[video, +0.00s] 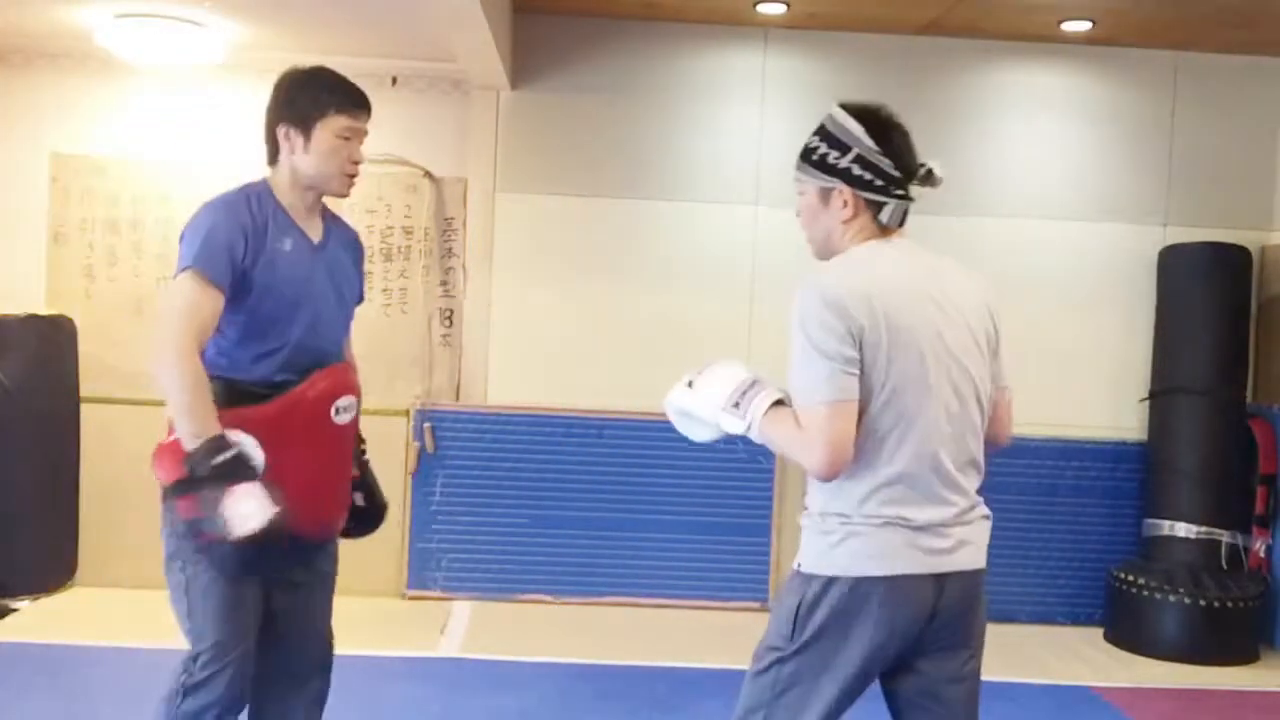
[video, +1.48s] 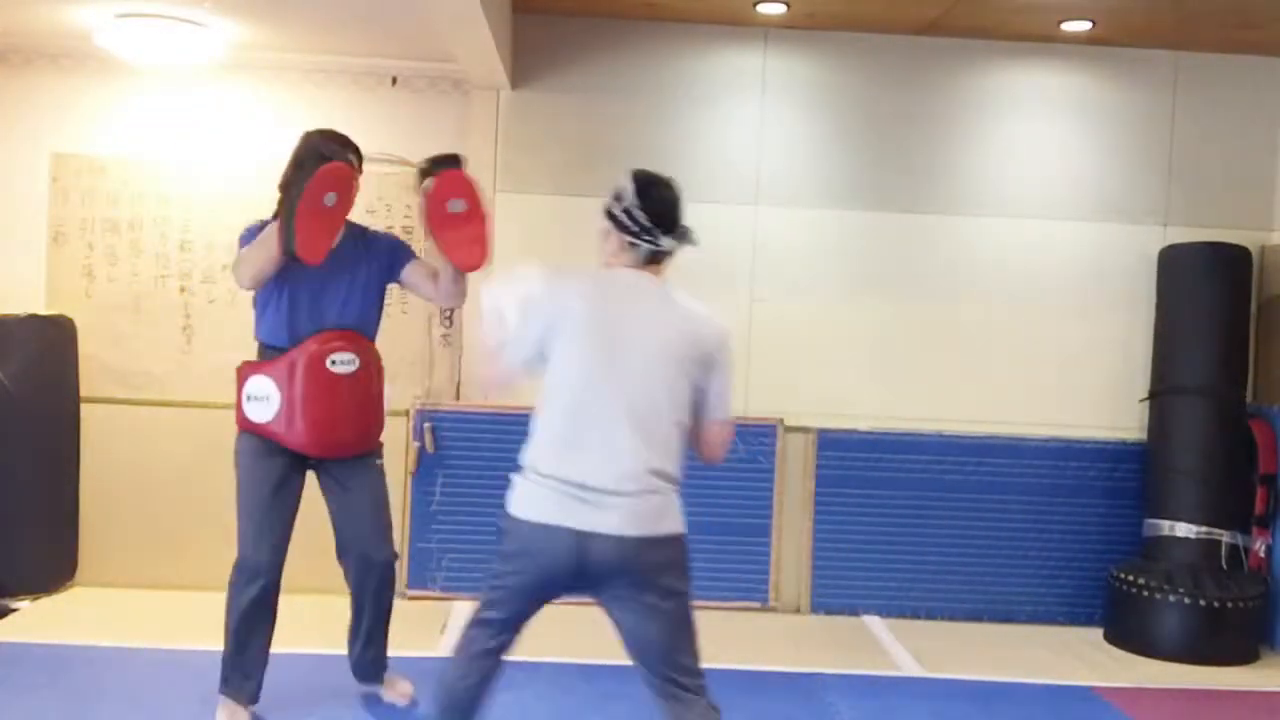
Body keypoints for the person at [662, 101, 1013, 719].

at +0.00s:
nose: (798, 215)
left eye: (805, 198)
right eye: (799, 198)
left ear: (844, 202)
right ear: (871, 204)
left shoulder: (834, 288)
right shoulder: (966, 287)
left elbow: (825, 452)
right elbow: (996, 429)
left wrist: (744, 399)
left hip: (856, 582)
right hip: (959, 578)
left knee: (767, 712)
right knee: (946, 716)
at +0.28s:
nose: (778, 227)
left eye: (781, 209)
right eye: (778, 209)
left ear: (817, 210)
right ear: (855, 215)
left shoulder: (818, 296)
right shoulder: (912, 295)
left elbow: (808, 446)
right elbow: (888, 428)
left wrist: (718, 390)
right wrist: (777, 365)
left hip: (824, 588)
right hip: (919, 584)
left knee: (697, 710)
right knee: (926, 713)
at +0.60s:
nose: (682, 203)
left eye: (684, 187)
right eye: (682, 187)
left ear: (706, 191)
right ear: (763, 194)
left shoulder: (723, 278)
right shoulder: (809, 277)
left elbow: (638, 416)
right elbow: (755, 402)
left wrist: (592, 332)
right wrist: (685, 318)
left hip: (726, 541)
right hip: (795, 533)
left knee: (662, 698)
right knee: (703, 673)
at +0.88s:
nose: (660, 203)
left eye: (662, 187)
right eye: (664, 187)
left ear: (678, 195)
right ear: (740, 201)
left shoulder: (666, 286)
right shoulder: (778, 286)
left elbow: (551, 381)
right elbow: (833, 383)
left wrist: (549, 302)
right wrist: (782, 325)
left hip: (635, 535)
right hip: (694, 531)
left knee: (611, 708)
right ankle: (473, 456)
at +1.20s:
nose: (626, 208)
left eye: (629, 196)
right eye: (630, 196)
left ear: (642, 204)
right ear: (704, 212)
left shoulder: (602, 289)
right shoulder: (745, 309)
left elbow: (562, 418)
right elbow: (745, 434)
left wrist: (539, 371)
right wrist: (686, 391)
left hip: (607, 536)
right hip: (701, 536)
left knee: (571, 698)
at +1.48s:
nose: (600, 237)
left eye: (605, 227)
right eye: (606, 227)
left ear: (613, 233)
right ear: (669, 248)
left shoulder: (562, 292)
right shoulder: (701, 328)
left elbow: (492, 376)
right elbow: (714, 446)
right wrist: (668, 395)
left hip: (543, 526)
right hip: (643, 539)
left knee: (483, 642)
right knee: (682, 691)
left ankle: (436, 713)